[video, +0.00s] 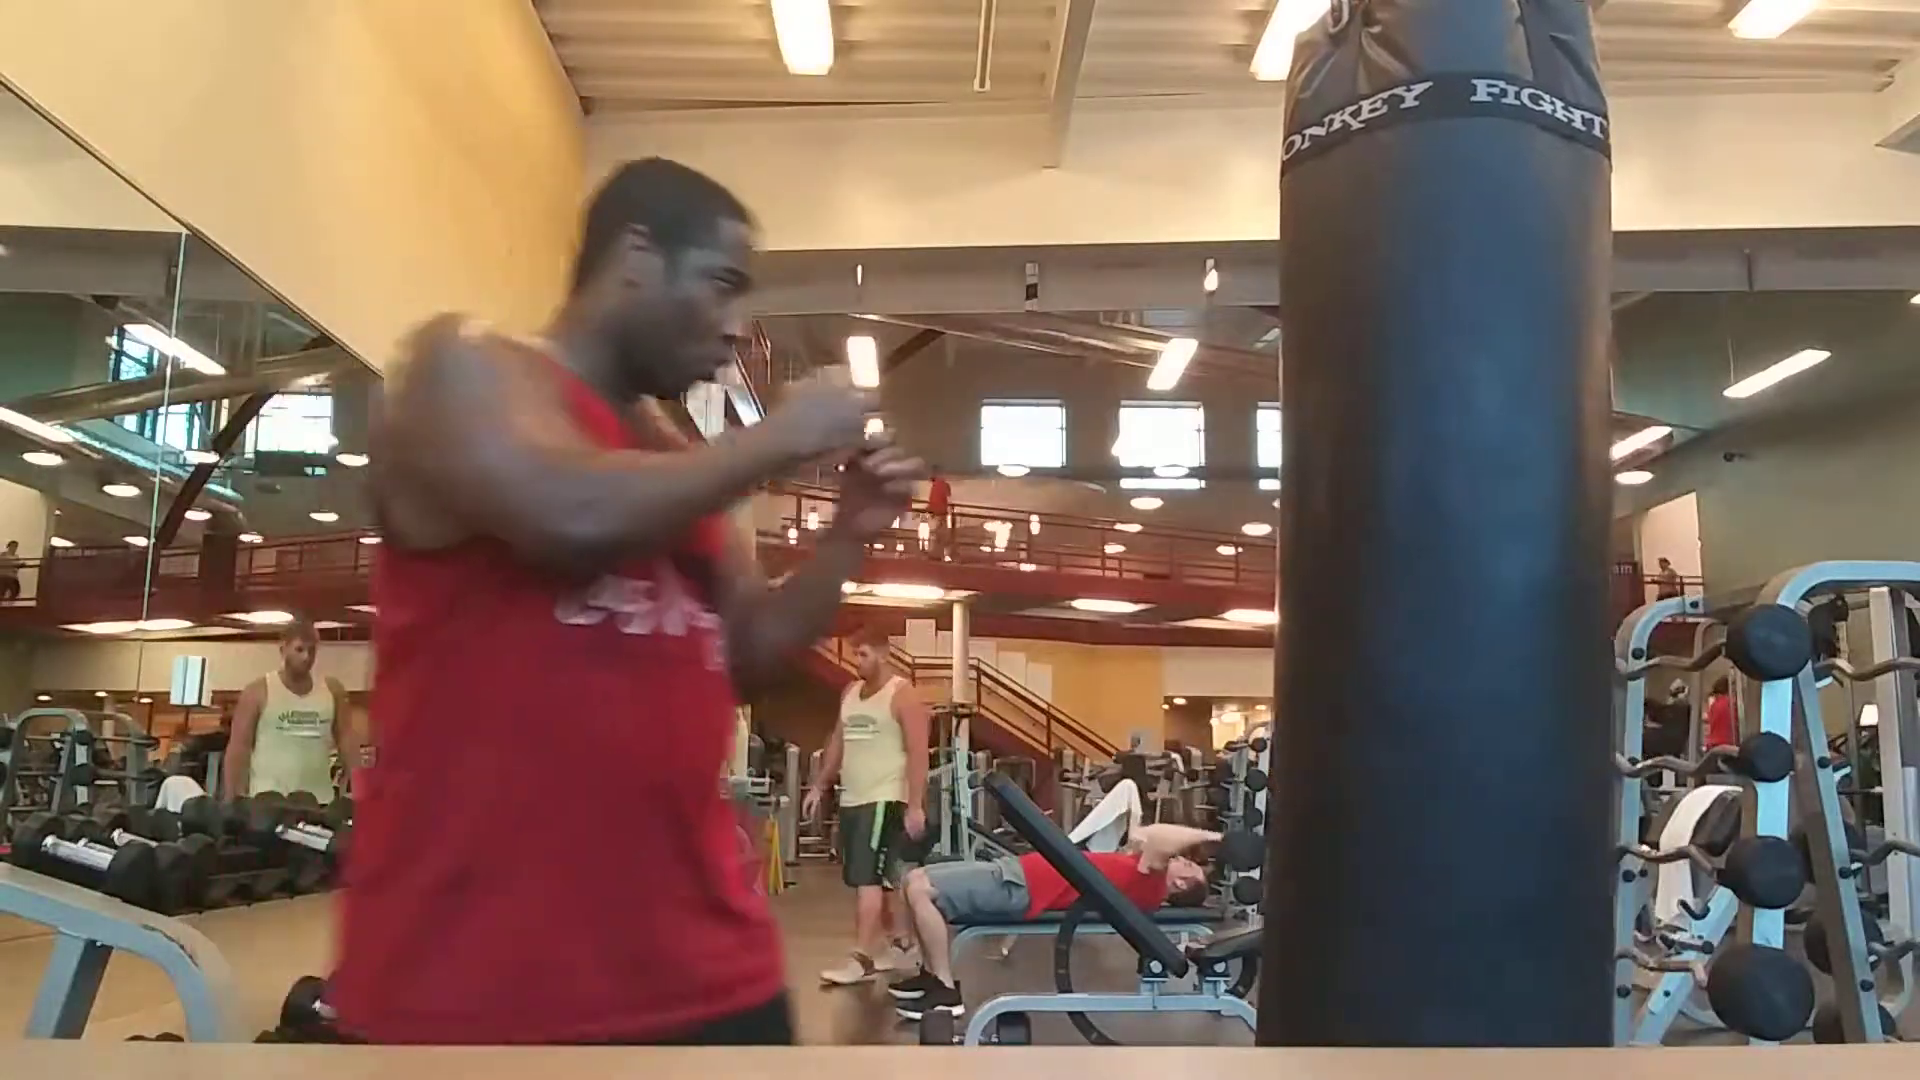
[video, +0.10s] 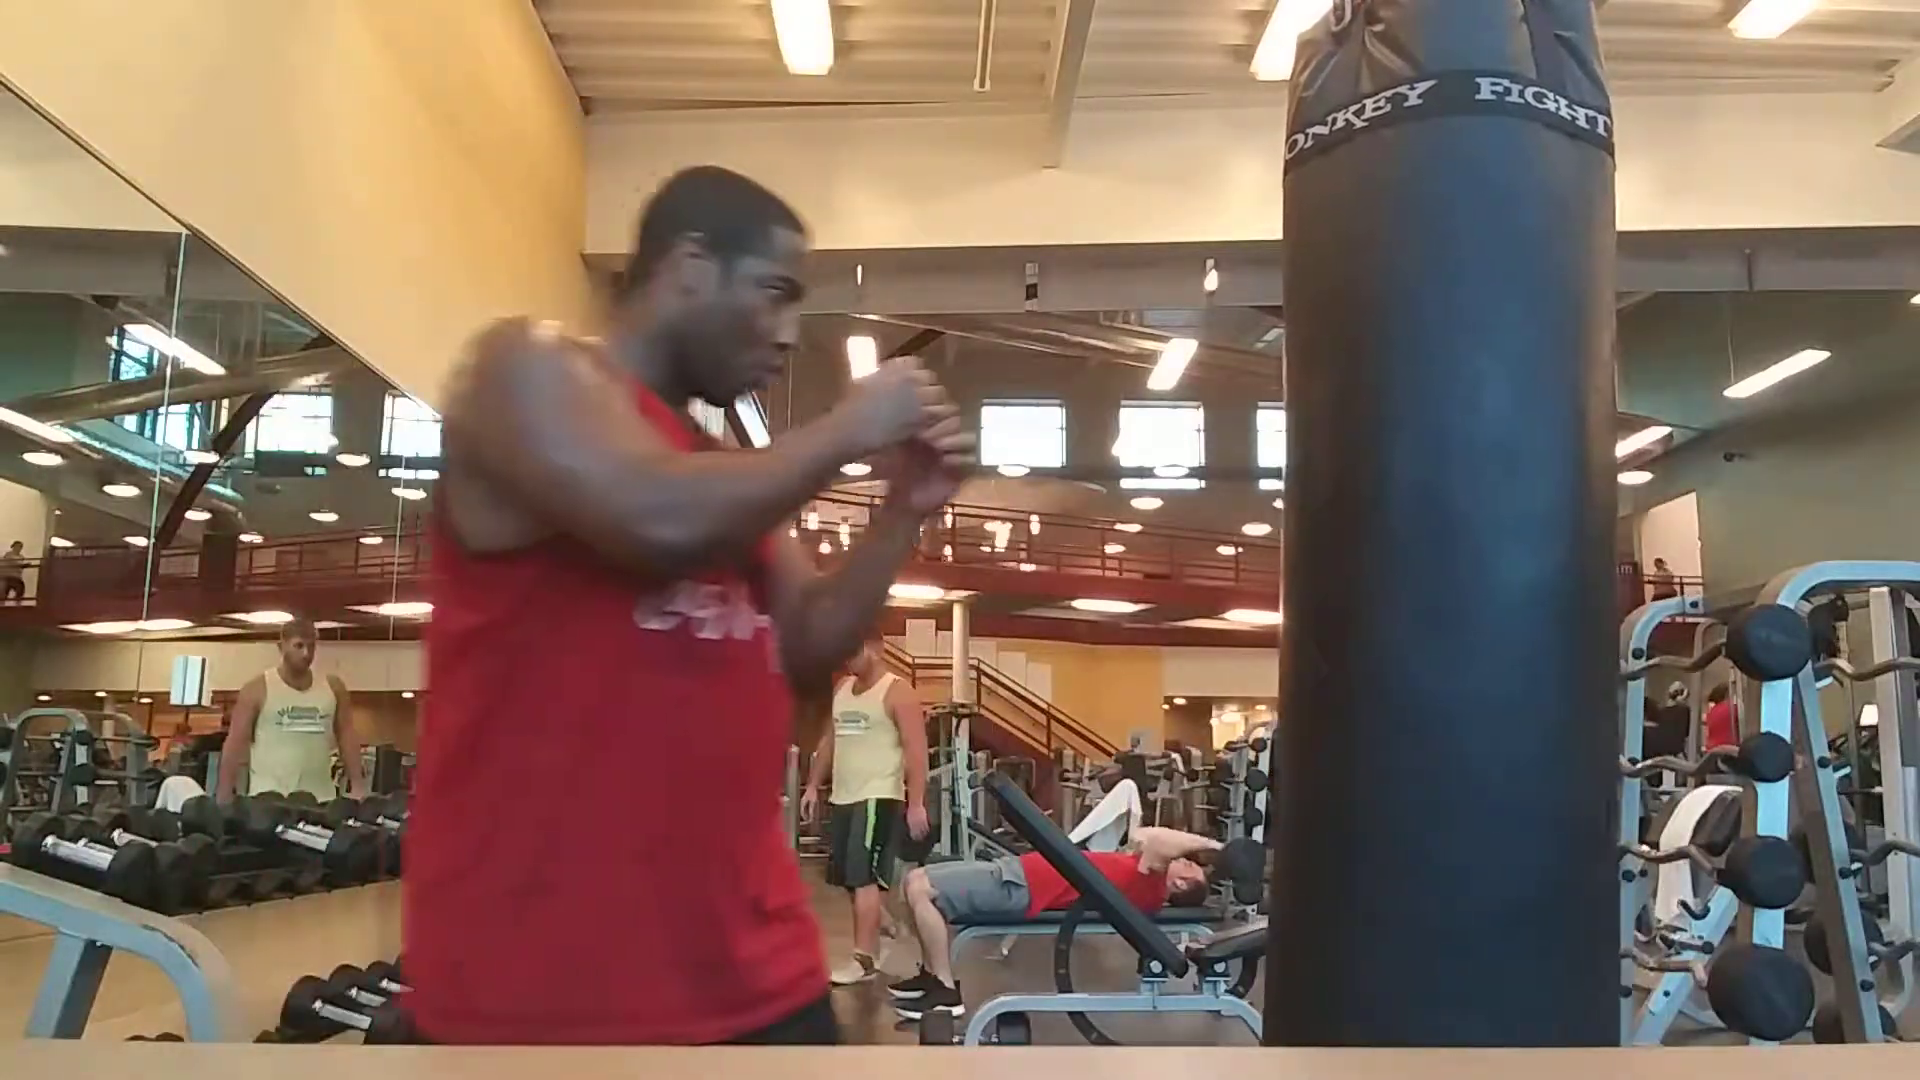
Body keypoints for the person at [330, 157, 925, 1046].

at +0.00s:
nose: (739, 327)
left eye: (745, 299)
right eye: (723, 285)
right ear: (635, 259)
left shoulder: (675, 452)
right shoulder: (466, 369)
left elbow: (750, 651)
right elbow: (564, 517)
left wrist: (847, 537)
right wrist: (773, 443)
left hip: (698, 978)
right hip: (489, 986)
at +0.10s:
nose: (791, 333)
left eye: (796, 304)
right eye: (775, 293)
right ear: (684, 269)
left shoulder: (714, 457)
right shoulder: (524, 367)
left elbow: (807, 644)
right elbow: (657, 519)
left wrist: (899, 516)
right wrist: (846, 427)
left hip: (750, 986)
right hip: (552, 998)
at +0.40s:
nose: (858, 350)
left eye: (864, 321)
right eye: (846, 308)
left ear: (764, 291)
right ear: (760, 286)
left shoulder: (768, 476)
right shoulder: (600, 384)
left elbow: (848, 666)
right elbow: (768, 545)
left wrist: (969, 583)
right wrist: (946, 452)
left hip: (840, 916)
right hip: (645, 956)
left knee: (979, 1030)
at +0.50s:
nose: (917, 334)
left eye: (920, 305)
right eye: (897, 294)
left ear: (812, 283)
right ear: (807, 277)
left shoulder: (834, 472)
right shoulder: (644, 383)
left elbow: (932, 661)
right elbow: (780, 530)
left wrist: (1047, 588)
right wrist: (974, 456)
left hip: (892, 929)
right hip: (691, 966)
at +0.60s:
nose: (994, 367)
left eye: (999, 341)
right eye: (977, 330)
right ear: (881, 308)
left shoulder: (943, 510)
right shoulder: (736, 410)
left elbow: (1078, 648)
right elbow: (764, 523)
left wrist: (1253, 583)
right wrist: (999, 474)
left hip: (899, 949)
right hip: (708, 971)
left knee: (1034, 1054)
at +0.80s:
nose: (1091, 420)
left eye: (1097, 390)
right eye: (1079, 379)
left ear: (998, 355)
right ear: (997, 348)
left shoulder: (1008, 504)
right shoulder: (872, 437)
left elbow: (1098, 615)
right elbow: (1020, 598)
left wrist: (1228, 570)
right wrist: (1232, 571)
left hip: (984, 945)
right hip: (834, 951)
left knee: (1124, 1079)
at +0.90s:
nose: (1121, 386)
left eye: (1125, 359)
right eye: (1108, 352)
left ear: (1027, 336)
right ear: (1022, 331)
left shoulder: (1063, 496)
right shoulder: (886, 458)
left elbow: (1196, 596)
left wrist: (1338, 523)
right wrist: (1157, 624)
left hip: (1037, 909)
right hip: (877, 915)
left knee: (1115, 1065)